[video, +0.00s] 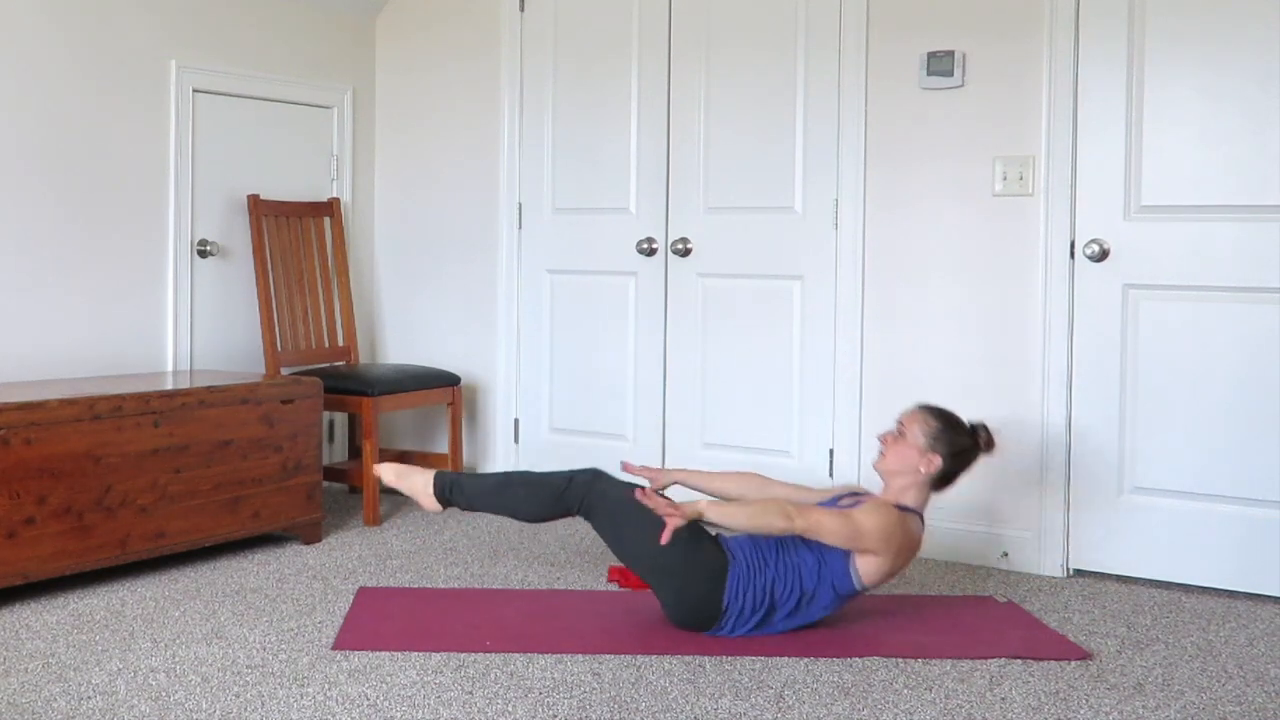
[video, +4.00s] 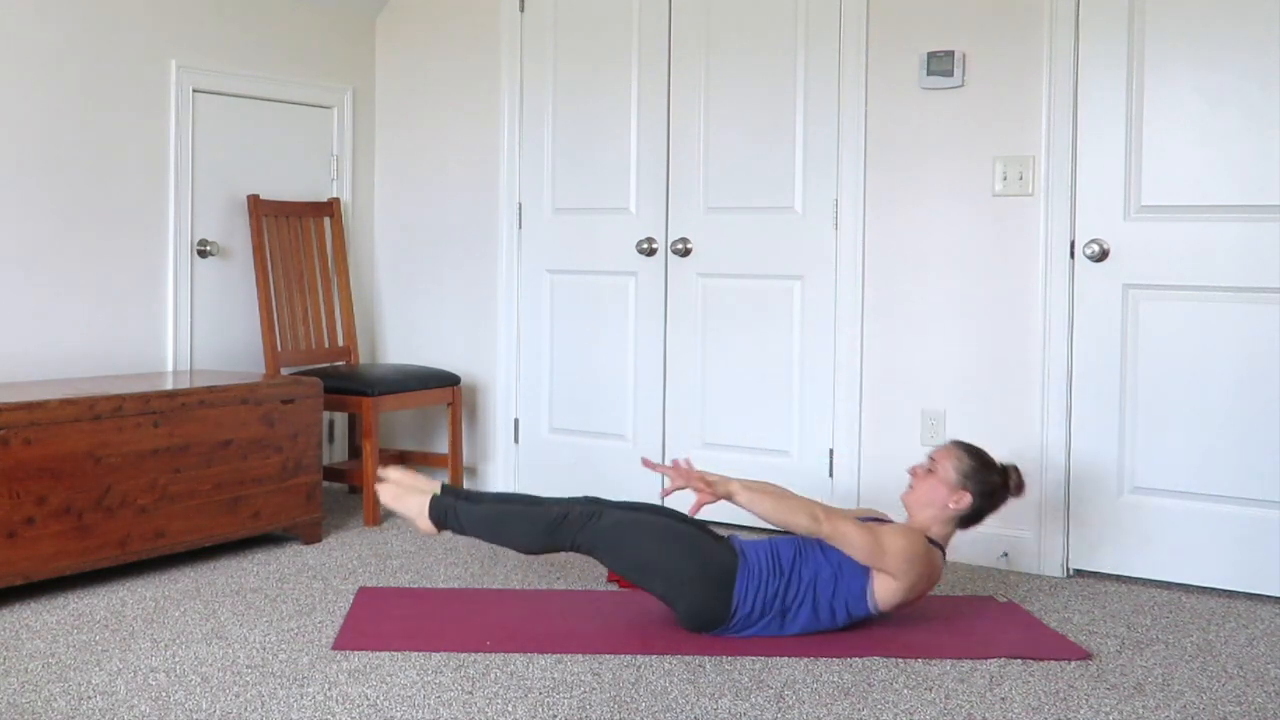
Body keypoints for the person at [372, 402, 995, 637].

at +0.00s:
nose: (883, 441)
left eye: (900, 438)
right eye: (891, 432)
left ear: (928, 466)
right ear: (910, 456)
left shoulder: (890, 524)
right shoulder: (870, 503)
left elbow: (794, 524)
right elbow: (774, 493)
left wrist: (695, 514)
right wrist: (680, 478)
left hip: (716, 587)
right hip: (719, 567)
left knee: (586, 485)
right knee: (590, 483)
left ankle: (436, 487)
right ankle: (444, 484)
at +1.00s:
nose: (932, 500)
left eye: (949, 502)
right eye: (942, 492)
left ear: (971, 537)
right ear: (950, 520)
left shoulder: (917, 578)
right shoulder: (909, 559)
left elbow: (839, 531)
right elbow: (827, 518)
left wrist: (754, 480)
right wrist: (740, 471)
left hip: (729, 587)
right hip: (732, 569)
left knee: (611, 477)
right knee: (615, 476)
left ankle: (473, 414)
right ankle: (478, 417)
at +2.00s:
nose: (786, 365)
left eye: (799, 358)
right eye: (792, 354)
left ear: (834, 377)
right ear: (829, 378)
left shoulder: (822, 453)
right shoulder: (793, 437)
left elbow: (724, 491)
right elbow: (708, 466)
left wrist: (631, 516)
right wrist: (621, 508)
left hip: (709, 598)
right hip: (704, 580)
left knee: (656, 433)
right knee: (651, 431)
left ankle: (540, 524)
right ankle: (543, 515)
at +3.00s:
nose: (906, 478)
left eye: (923, 475)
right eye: (915, 467)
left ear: (955, 503)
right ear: (935, 493)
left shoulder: (913, 557)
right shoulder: (897, 536)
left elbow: (814, 528)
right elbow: (808, 538)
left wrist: (731, 505)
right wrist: (732, 509)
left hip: (729, 585)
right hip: (727, 565)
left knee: (584, 522)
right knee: (584, 512)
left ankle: (434, 513)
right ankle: (436, 506)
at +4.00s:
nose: (914, 475)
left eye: (931, 474)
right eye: (923, 465)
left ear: (958, 505)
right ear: (939, 492)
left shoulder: (910, 555)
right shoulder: (899, 534)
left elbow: (812, 519)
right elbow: (809, 516)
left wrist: (724, 486)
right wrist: (720, 488)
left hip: (728, 585)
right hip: (729, 569)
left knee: (583, 517)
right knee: (584, 513)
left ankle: (434, 505)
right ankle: (437, 500)